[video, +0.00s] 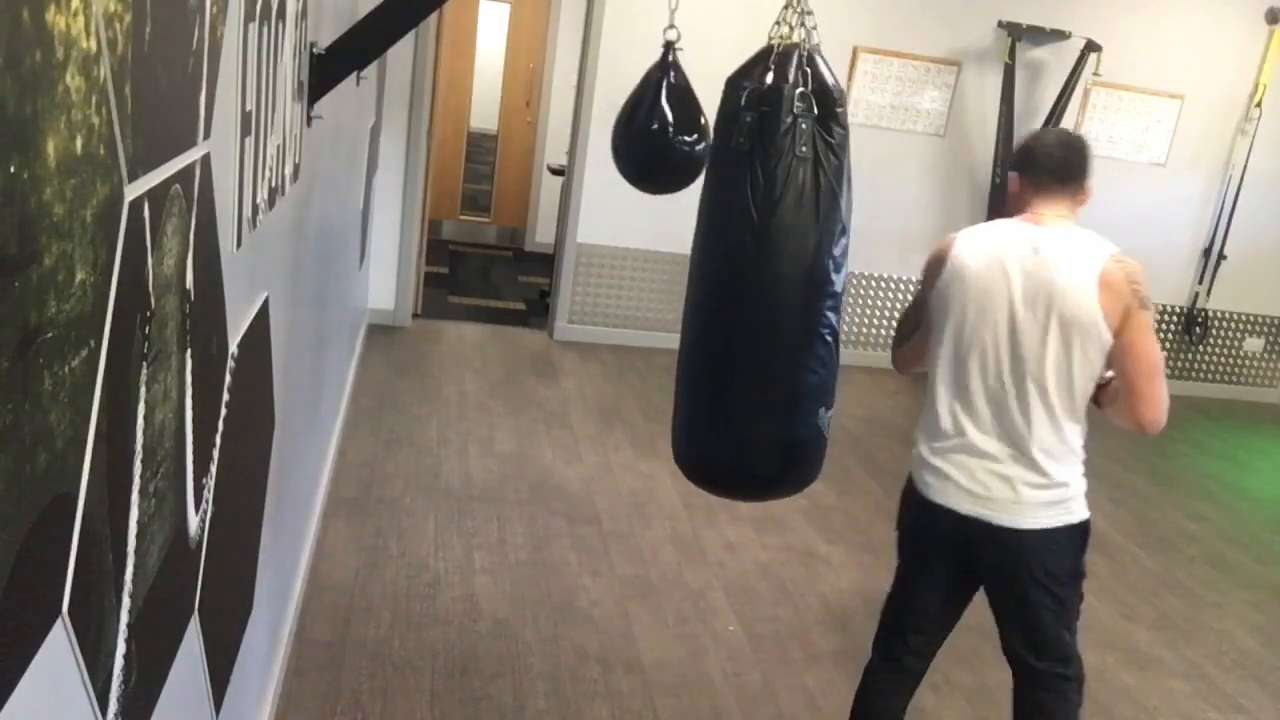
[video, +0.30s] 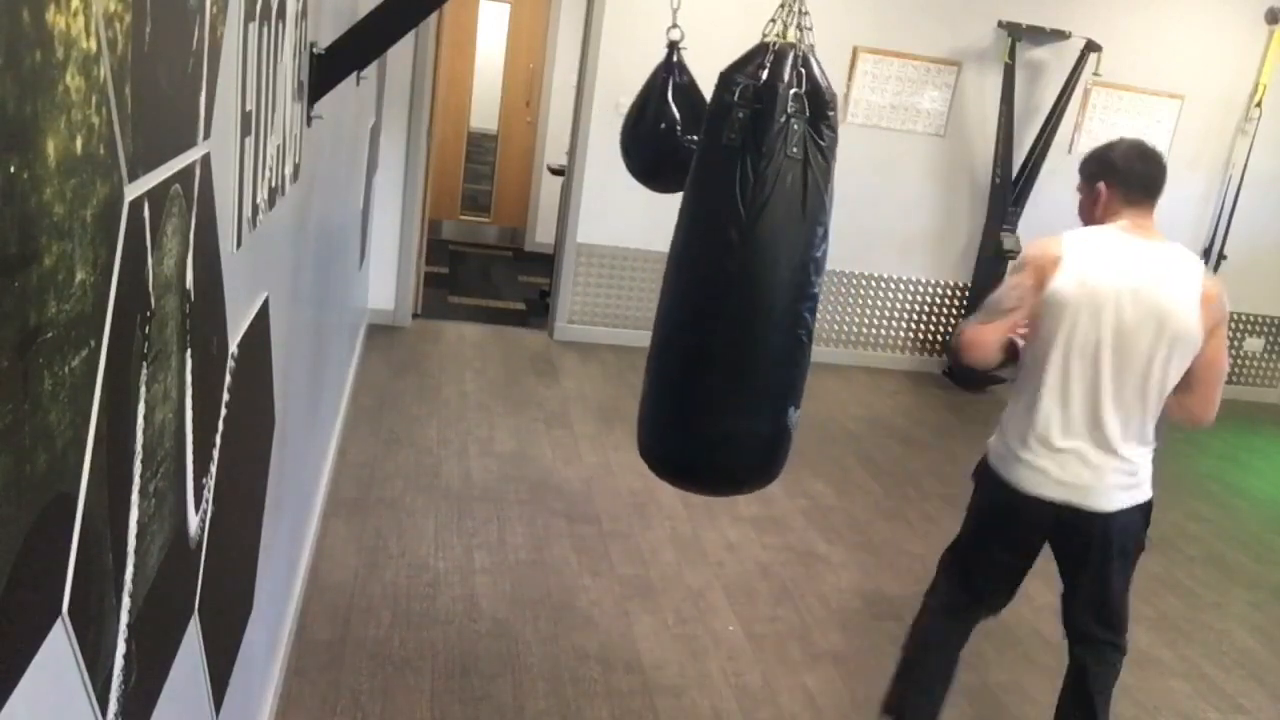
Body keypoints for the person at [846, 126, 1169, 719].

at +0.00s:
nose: (1006, 188)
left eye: (1007, 181)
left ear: (1014, 184)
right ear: (1085, 192)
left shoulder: (958, 251)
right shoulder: (1116, 276)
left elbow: (907, 356)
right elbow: (1147, 413)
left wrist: (978, 347)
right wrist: (1085, 383)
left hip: (937, 509)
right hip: (1039, 530)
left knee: (896, 660)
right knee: (1049, 681)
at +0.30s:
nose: (1077, 204)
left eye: (1081, 192)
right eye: (1080, 193)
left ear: (1100, 192)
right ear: (1154, 198)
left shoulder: (1053, 255)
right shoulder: (1203, 289)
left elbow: (974, 347)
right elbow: (1199, 408)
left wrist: (1017, 337)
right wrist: (1132, 382)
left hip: (1019, 481)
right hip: (1113, 504)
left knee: (955, 604)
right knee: (1098, 644)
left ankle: (905, 710)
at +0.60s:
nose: (1046, 197)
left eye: (1054, 186)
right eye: (1047, 185)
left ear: (1093, 186)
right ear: (1109, 186)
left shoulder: (1085, 256)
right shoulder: (1170, 248)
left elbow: (1073, 370)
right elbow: (1130, 328)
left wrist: (1006, 331)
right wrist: (1057, 287)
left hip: (1044, 452)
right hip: (1121, 466)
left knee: (987, 565)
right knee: (1097, 615)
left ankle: (963, 670)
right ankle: (1081, 713)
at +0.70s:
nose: (1024, 204)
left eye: (1030, 193)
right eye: (1023, 192)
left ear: (1070, 192)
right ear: (1081, 191)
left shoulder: (1071, 268)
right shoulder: (1148, 246)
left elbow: (1048, 379)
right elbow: (1106, 337)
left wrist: (988, 331)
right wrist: (1033, 299)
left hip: (1039, 447)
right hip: (1110, 457)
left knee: (982, 556)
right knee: (1089, 585)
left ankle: (967, 672)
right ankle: (1097, 710)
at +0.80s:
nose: (1013, 205)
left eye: (1020, 195)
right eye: (1011, 194)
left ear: (1059, 192)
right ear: (1067, 191)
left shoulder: (1059, 266)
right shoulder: (1127, 237)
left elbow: (1017, 363)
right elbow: (1088, 326)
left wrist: (972, 309)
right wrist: (1018, 288)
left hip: (1033, 434)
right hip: (1096, 440)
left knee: (971, 538)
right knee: (1060, 543)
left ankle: (966, 671)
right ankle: (1104, 682)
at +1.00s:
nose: (1012, 173)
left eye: (1020, 163)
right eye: (1012, 162)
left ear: (1060, 163)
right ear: (1064, 164)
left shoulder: (1063, 226)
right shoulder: (1101, 210)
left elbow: (1026, 320)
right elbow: (1055, 296)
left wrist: (976, 268)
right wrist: (1007, 259)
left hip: (1040, 403)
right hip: (1081, 400)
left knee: (980, 525)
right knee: (1037, 506)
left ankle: (964, 661)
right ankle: (1034, 612)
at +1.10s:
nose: (1009, 183)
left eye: (1019, 174)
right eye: (1010, 172)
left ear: (1059, 176)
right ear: (1057, 178)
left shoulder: (1074, 233)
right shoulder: (1076, 221)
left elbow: (1051, 326)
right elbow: (1039, 291)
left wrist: (984, 291)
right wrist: (997, 275)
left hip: (1039, 403)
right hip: (1061, 400)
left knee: (968, 514)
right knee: (1018, 505)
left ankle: (968, 659)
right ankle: (1022, 610)